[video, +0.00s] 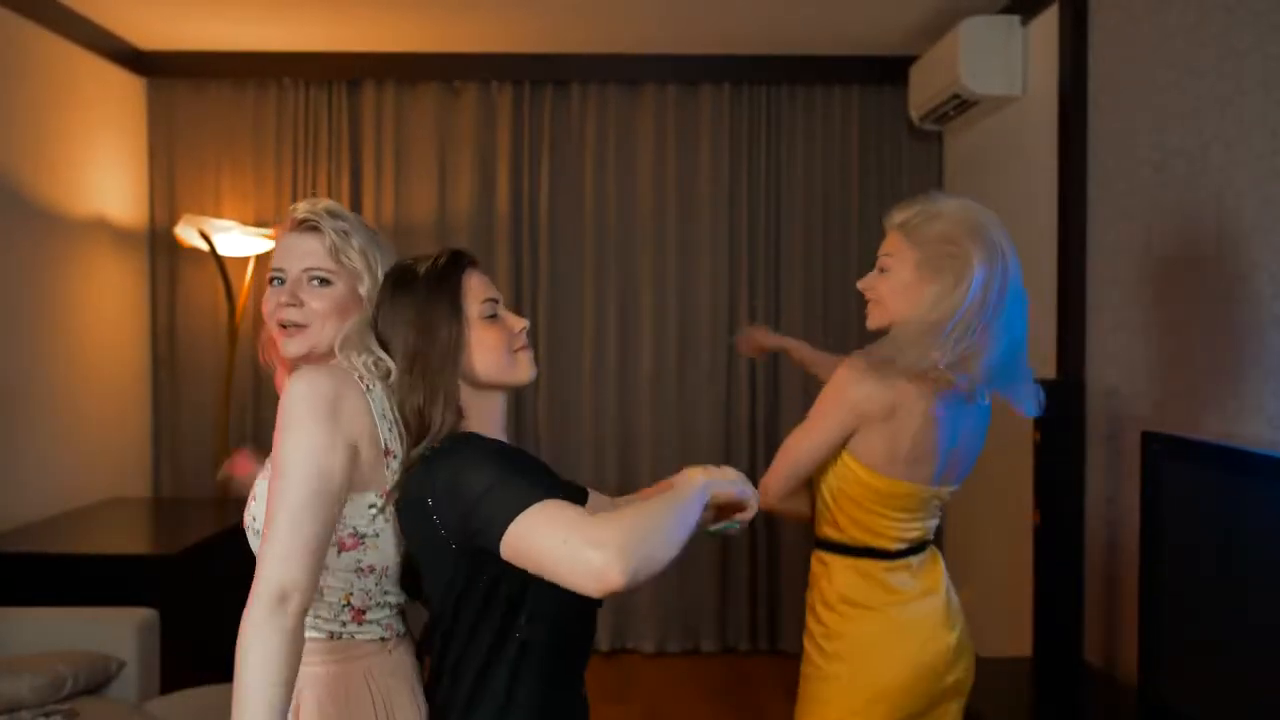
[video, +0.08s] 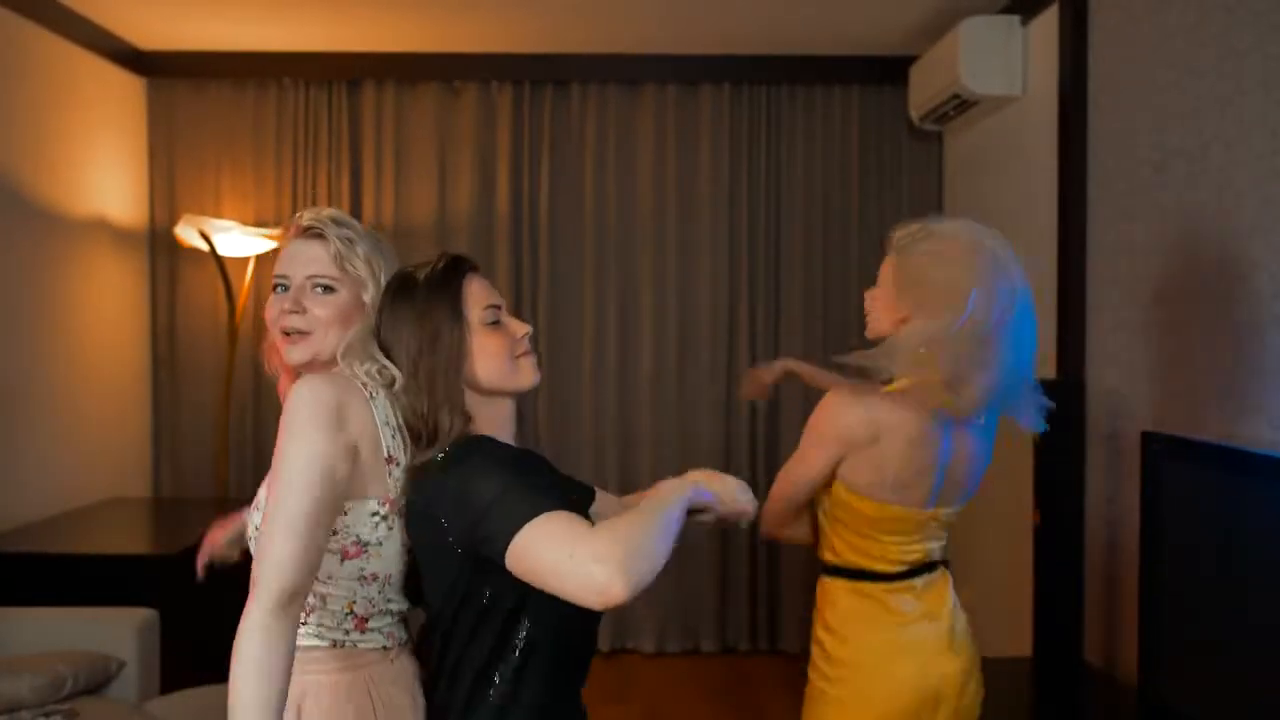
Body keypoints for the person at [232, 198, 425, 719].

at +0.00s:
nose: (288, 298)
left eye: (318, 281)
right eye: (277, 279)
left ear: (369, 297)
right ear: (264, 293)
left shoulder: (318, 390)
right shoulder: (379, 387)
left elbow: (281, 600)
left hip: (328, 681)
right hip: (388, 666)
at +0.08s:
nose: (291, 305)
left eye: (323, 288)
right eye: (281, 287)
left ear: (371, 305)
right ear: (267, 299)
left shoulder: (320, 395)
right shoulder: (385, 393)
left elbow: (276, 602)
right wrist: (246, 526)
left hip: (327, 684)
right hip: (391, 668)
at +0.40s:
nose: (298, 301)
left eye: (328, 284)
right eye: (287, 283)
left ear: (378, 298)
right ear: (274, 294)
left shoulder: (334, 376)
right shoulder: (387, 381)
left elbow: (298, 500)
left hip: (337, 672)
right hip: (388, 659)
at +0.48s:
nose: (296, 293)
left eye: (326, 276)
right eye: (285, 275)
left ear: (376, 291)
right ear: (273, 286)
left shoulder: (334, 367)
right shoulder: (383, 375)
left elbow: (309, 459)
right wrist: (290, 545)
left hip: (328, 669)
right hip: (384, 651)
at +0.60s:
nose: (297, 285)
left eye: (327, 267)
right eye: (287, 266)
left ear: (374, 284)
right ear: (274, 279)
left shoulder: (339, 358)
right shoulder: (378, 365)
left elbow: (321, 424)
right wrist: (282, 521)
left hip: (317, 661)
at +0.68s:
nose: (297, 282)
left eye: (327, 264)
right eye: (287, 264)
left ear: (374, 280)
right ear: (275, 277)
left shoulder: (347, 358)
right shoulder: (368, 361)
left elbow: (334, 415)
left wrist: (328, 456)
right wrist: (283, 534)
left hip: (317, 658)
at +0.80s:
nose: (294, 284)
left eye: (323, 266)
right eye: (284, 266)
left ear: (370, 281)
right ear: (272, 277)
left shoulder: (363, 368)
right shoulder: (329, 369)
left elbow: (345, 428)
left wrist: (314, 448)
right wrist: (278, 601)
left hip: (327, 659)